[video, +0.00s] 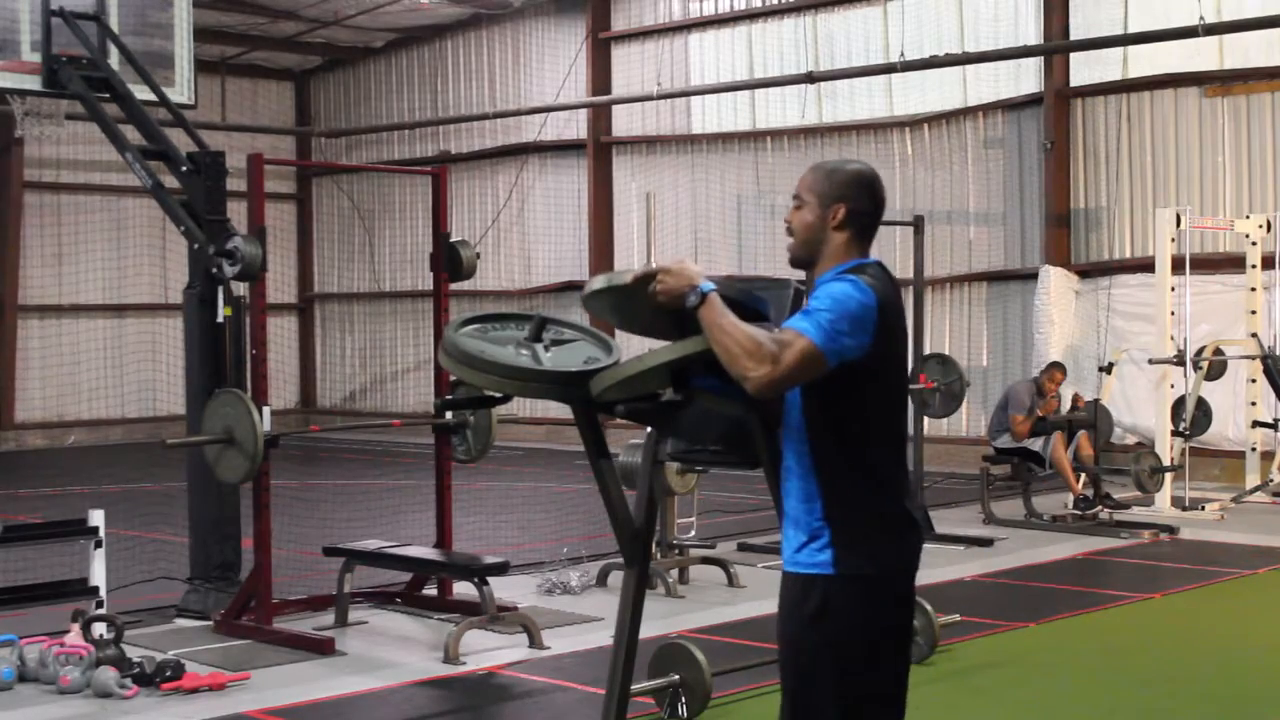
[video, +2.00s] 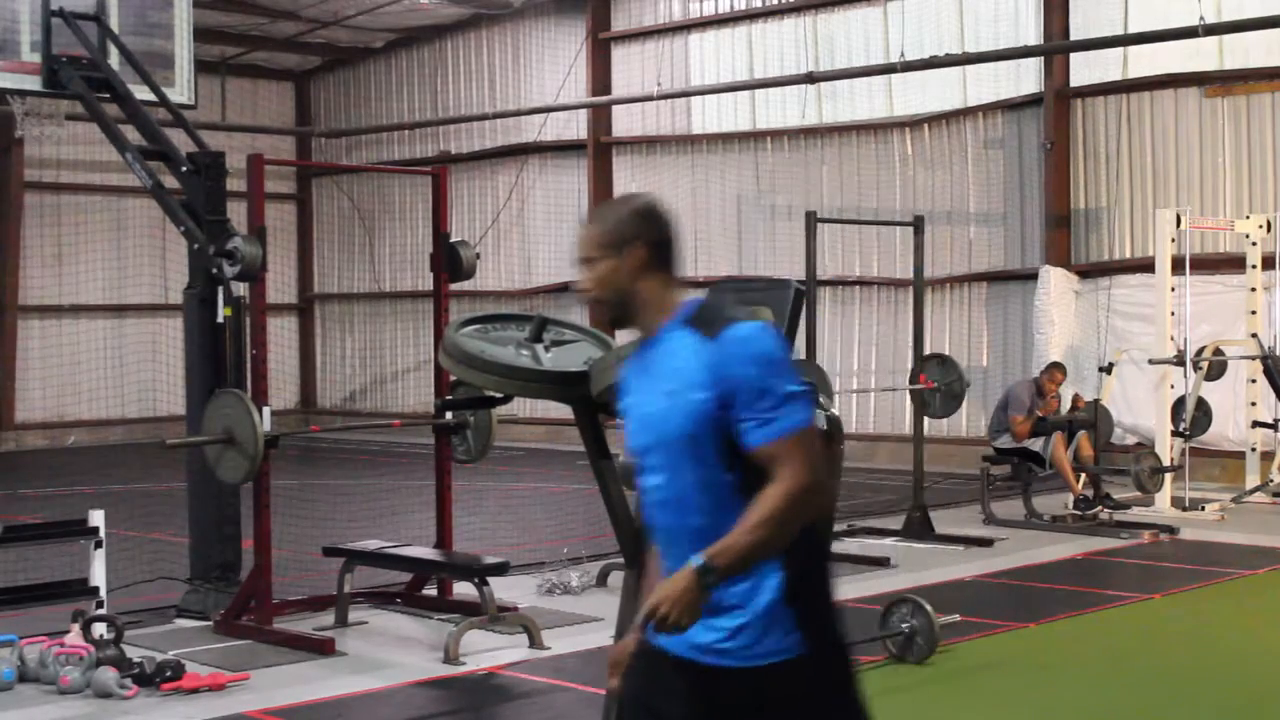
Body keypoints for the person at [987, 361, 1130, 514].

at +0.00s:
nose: (1053, 388)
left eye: (1058, 385)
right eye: (1051, 381)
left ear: (1060, 385)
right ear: (1041, 374)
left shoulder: (1049, 395)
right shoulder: (1021, 391)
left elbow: (1051, 426)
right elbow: (1018, 434)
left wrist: (1073, 412)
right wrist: (1041, 412)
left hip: (1028, 438)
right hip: (1003, 439)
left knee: (1081, 435)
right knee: (1055, 439)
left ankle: (1099, 494)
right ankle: (1079, 497)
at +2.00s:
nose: (1054, 388)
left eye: (1058, 385)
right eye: (1051, 382)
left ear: (1061, 384)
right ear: (1041, 375)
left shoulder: (1051, 395)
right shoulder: (1021, 391)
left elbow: (1054, 427)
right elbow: (1019, 435)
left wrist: (1073, 411)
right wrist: (1041, 412)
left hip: (1029, 438)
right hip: (1004, 440)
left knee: (1081, 436)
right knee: (1055, 439)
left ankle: (1099, 494)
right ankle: (1079, 498)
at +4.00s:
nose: (1054, 388)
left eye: (1058, 385)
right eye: (1051, 382)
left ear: (1061, 385)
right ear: (1041, 375)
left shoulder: (1050, 395)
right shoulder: (1020, 392)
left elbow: (1053, 426)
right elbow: (1018, 435)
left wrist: (1073, 412)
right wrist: (1040, 412)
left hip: (1029, 438)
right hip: (1004, 440)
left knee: (1080, 436)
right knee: (1055, 439)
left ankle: (1099, 494)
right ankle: (1079, 498)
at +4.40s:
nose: (1054, 388)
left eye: (1059, 385)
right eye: (1051, 381)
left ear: (1061, 385)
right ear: (1041, 375)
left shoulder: (1051, 396)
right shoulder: (1021, 391)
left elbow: (1054, 428)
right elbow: (1019, 435)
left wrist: (1073, 412)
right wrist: (1041, 412)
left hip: (1029, 439)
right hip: (1005, 441)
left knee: (1081, 436)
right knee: (1055, 439)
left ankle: (1100, 494)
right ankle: (1079, 499)